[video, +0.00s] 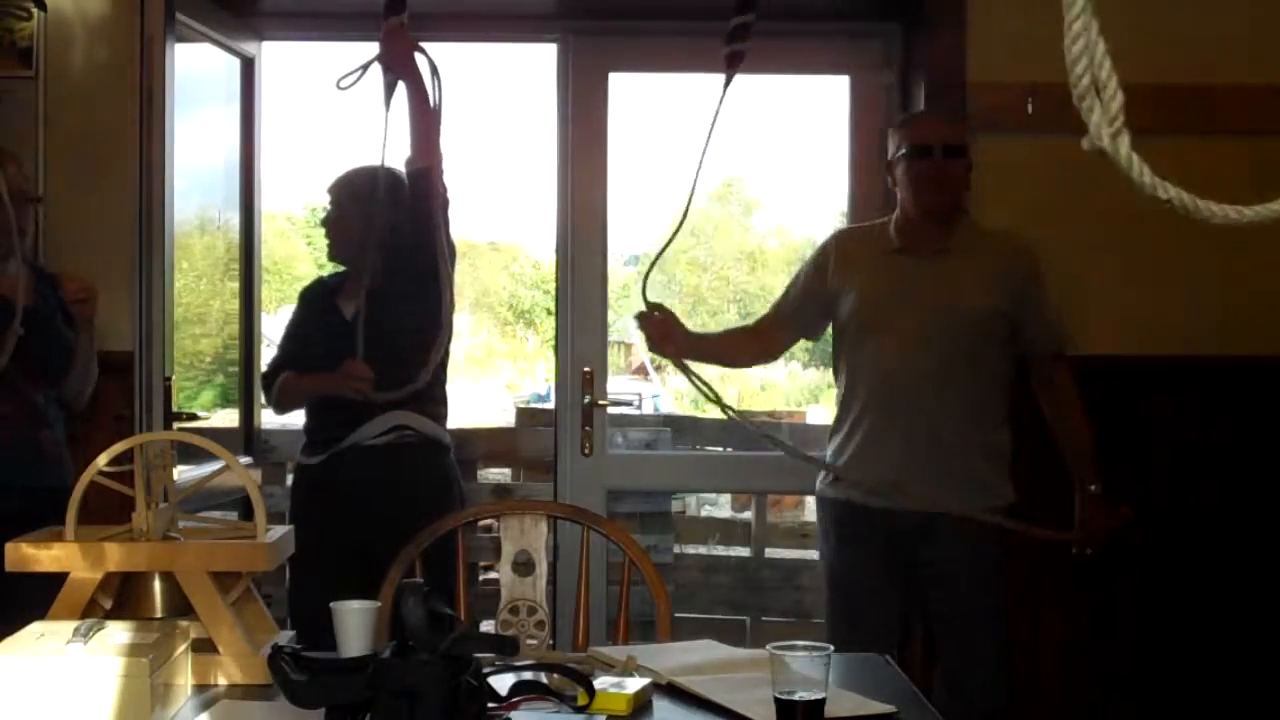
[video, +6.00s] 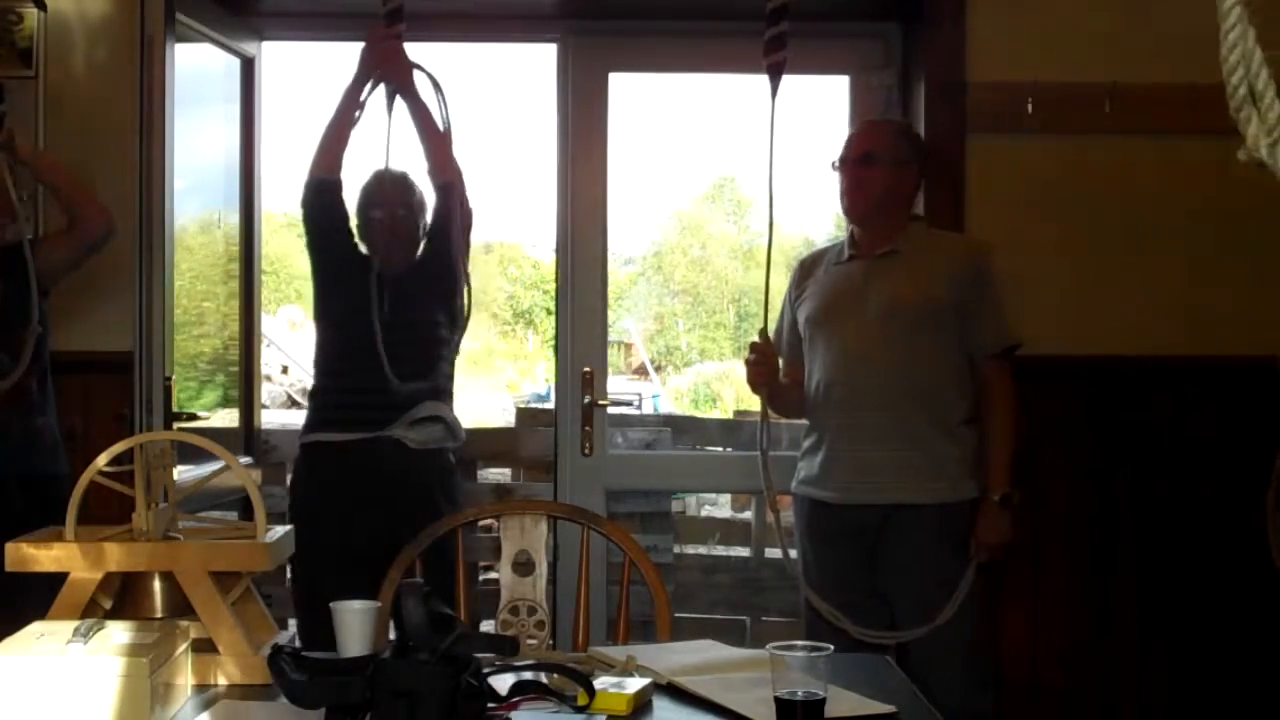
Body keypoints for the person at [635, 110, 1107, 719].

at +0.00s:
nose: (939, 167)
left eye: (953, 154)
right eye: (921, 155)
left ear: (970, 169)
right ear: (892, 172)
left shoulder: (1006, 261)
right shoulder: (847, 254)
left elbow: (1052, 381)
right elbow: (767, 337)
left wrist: (1088, 486)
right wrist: (688, 344)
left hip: (969, 509)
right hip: (860, 504)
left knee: (972, 686)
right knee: (863, 682)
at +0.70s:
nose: (905, 170)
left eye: (918, 158)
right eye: (887, 158)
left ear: (934, 173)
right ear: (857, 177)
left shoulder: (971, 258)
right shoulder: (816, 266)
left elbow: (1005, 384)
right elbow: (809, 390)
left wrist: (1008, 494)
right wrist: (774, 379)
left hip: (943, 502)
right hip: (835, 501)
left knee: (949, 674)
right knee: (848, 674)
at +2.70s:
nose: (902, 168)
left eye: (918, 156)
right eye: (887, 158)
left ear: (941, 173)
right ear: (868, 177)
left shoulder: (980, 262)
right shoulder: (824, 266)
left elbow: (1013, 387)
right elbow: (809, 392)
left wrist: (1014, 501)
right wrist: (785, 381)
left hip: (951, 506)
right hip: (843, 505)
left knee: (953, 681)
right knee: (854, 677)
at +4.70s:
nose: (874, 171)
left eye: (893, 158)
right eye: (866, 160)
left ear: (932, 174)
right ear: (855, 175)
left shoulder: (977, 263)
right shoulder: (822, 269)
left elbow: (1010, 387)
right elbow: (811, 395)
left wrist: (1011, 502)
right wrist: (777, 386)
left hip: (949, 510)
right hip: (841, 508)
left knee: (951, 683)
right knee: (851, 680)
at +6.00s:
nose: (846, 173)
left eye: (865, 161)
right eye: (843, 162)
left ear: (910, 178)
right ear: (838, 175)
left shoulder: (958, 262)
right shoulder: (811, 272)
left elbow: (996, 383)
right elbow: (800, 397)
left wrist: (997, 498)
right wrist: (769, 386)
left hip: (933, 508)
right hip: (829, 508)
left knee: (940, 678)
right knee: (841, 676)